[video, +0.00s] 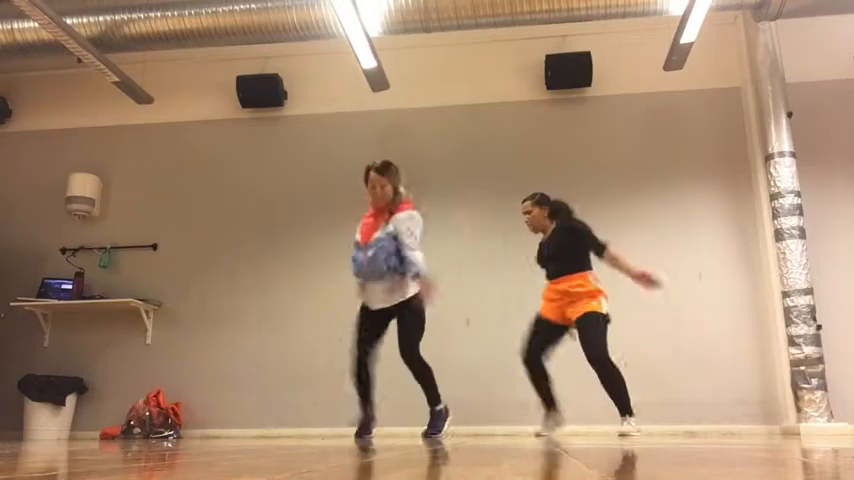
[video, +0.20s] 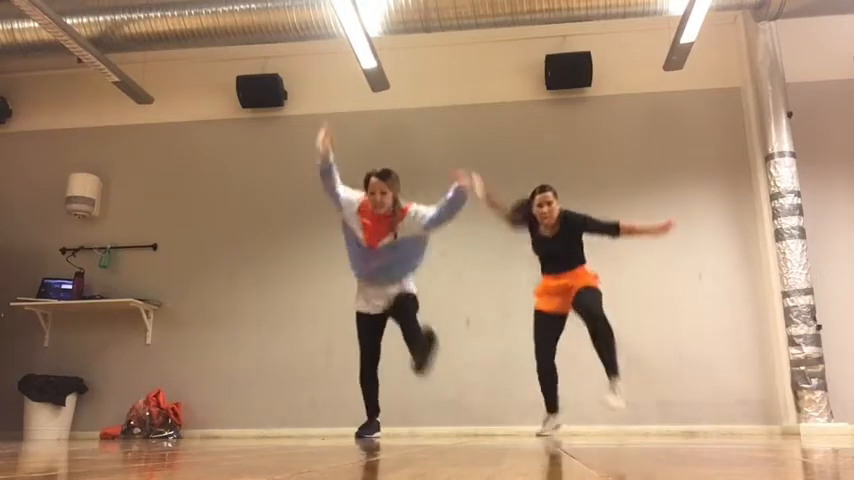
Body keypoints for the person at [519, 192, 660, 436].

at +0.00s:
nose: (525, 220)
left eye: (528, 213)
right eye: (523, 215)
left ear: (544, 210)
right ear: (538, 214)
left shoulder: (572, 228)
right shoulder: (544, 245)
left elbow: (605, 254)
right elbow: (558, 284)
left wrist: (635, 274)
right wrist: (565, 319)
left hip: (585, 298)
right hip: (556, 303)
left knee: (597, 356)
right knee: (530, 356)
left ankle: (627, 417)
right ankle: (552, 413)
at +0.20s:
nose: (545, 209)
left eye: (549, 204)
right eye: (540, 205)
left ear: (558, 204)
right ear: (532, 208)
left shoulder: (572, 221)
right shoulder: (529, 220)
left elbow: (613, 228)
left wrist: (654, 230)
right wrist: (482, 191)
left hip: (580, 283)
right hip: (550, 290)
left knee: (594, 315)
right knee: (543, 353)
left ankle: (614, 381)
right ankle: (552, 414)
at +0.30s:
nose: (554, 200)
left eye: (558, 195)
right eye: (548, 196)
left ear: (567, 196)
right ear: (542, 199)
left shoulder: (579, 213)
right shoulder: (534, 206)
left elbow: (622, 215)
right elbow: (503, 191)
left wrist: (665, 212)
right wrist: (488, 165)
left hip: (582, 270)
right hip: (553, 279)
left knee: (578, 282)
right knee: (543, 339)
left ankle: (592, 351)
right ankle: (545, 398)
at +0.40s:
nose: (565, 191)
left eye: (569, 186)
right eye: (560, 187)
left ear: (578, 189)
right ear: (552, 192)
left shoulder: (588, 211)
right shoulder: (540, 207)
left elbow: (625, 224)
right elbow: (516, 221)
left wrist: (659, 234)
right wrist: (506, 218)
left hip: (582, 271)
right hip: (551, 276)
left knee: (578, 292)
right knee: (535, 327)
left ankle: (580, 366)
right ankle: (564, 348)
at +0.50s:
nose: (574, 190)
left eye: (578, 186)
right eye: (569, 186)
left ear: (587, 194)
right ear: (560, 195)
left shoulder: (596, 223)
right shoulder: (547, 223)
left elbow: (613, 250)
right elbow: (534, 261)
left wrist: (640, 269)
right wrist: (521, 292)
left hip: (580, 288)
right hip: (549, 287)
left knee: (579, 348)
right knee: (536, 324)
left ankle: (580, 416)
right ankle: (567, 302)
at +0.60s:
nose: (575, 190)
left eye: (580, 188)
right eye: (570, 189)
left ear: (588, 199)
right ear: (562, 200)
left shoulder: (600, 227)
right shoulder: (552, 228)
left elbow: (608, 256)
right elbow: (534, 265)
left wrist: (618, 274)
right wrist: (512, 297)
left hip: (586, 296)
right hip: (554, 294)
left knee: (577, 351)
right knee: (537, 337)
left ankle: (578, 418)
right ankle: (559, 316)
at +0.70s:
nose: (572, 180)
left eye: (576, 175)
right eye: (567, 176)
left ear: (584, 180)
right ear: (559, 182)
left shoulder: (598, 208)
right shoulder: (549, 210)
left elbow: (621, 237)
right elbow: (525, 244)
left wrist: (647, 263)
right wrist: (502, 272)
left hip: (590, 282)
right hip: (557, 281)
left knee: (583, 345)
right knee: (541, 344)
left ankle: (579, 414)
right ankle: (570, 330)